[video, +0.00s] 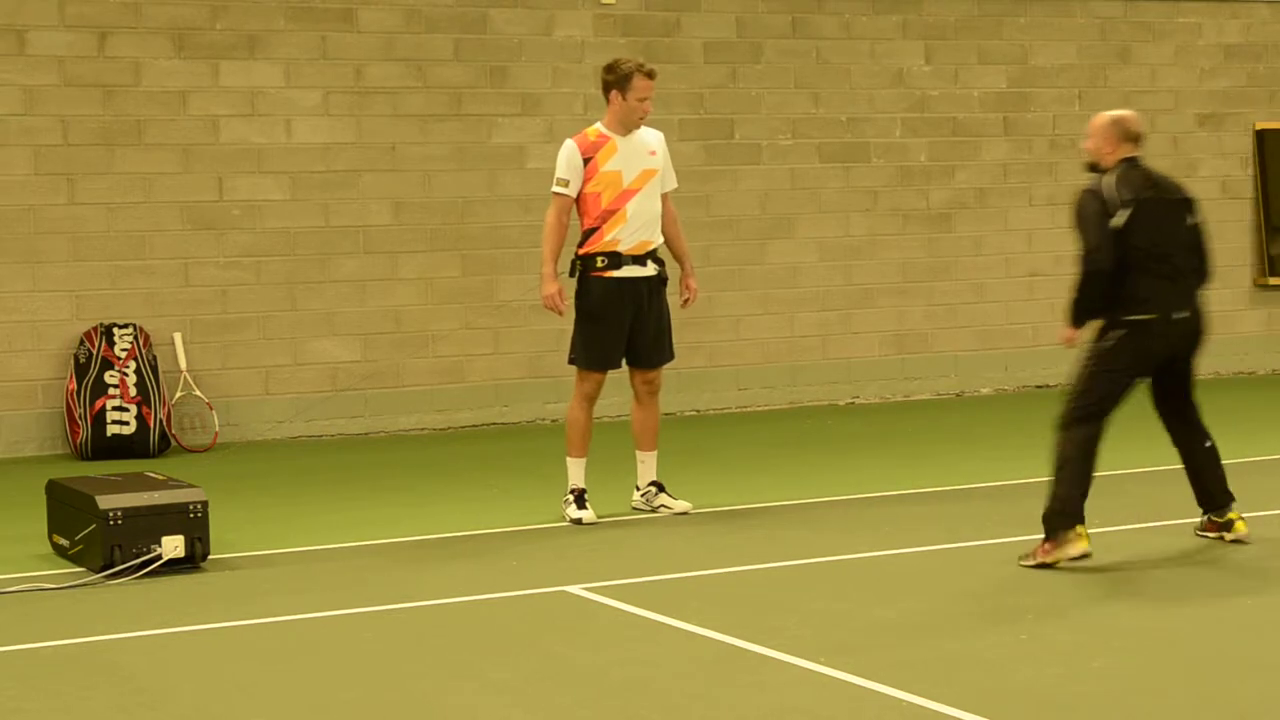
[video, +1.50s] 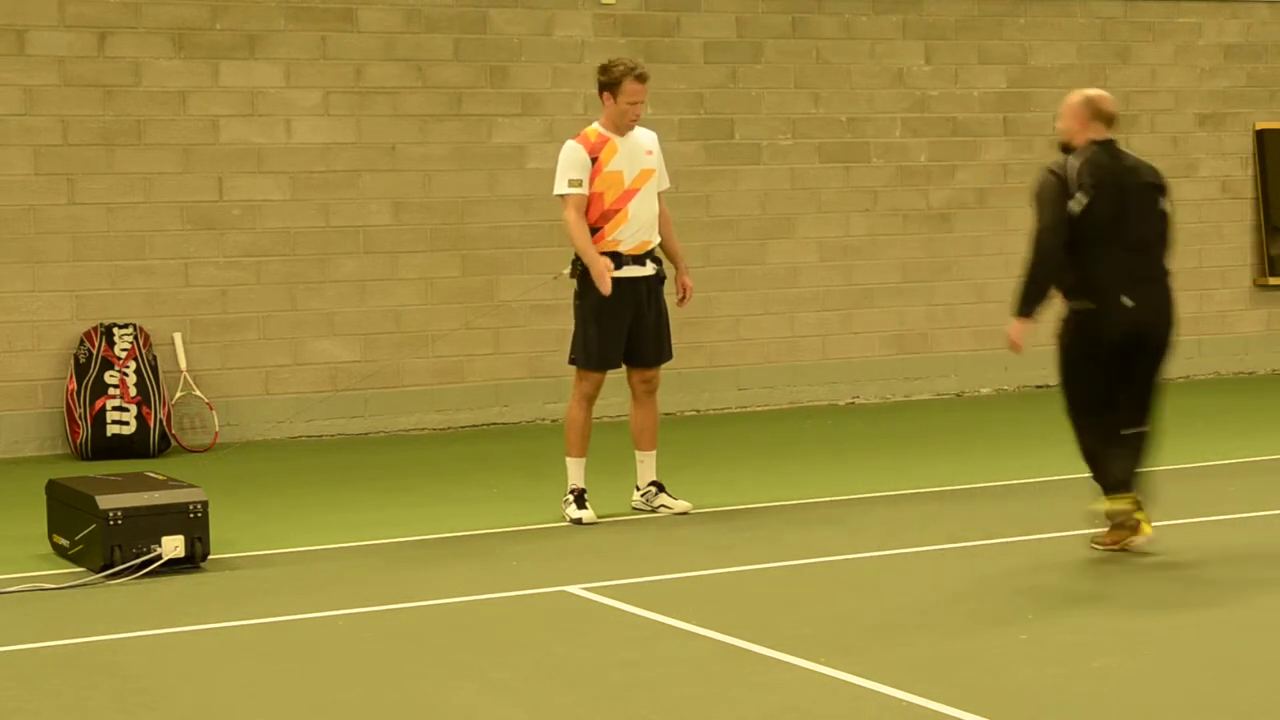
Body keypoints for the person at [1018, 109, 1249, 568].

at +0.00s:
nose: (1085, 147)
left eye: (1091, 139)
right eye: (1087, 138)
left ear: (1113, 144)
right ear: (1129, 145)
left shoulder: (1098, 194)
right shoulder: (1173, 191)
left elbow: (1101, 261)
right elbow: (1198, 264)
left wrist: (1077, 317)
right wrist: (1166, 293)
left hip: (1129, 329)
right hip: (1181, 324)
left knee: (1080, 419)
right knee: (1180, 412)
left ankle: (1063, 531)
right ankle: (1222, 513)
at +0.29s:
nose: (1001, 108)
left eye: (1004, 100)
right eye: (1003, 99)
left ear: (1020, 104)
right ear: (1047, 104)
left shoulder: (1005, 156)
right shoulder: (1089, 154)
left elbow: (1002, 220)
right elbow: (1119, 227)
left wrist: (980, 275)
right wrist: (1087, 262)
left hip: (1032, 297)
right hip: (1086, 293)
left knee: (1014, 404)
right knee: (1056, 399)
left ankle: (1040, 524)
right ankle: (1067, 507)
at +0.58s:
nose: (926, 158)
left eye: (929, 150)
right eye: (929, 149)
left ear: (941, 154)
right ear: (974, 156)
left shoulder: (927, 207)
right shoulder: (1016, 209)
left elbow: (920, 275)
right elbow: (1047, 288)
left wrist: (897, 332)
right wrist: (1024, 332)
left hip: (956, 338)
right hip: (1016, 341)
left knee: (898, 438)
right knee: (978, 433)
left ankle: (847, 544)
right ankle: (1010, 539)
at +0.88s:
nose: (883, 215)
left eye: (886, 207)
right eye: (885, 207)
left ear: (896, 209)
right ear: (934, 211)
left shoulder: (881, 256)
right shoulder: (978, 256)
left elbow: (855, 332)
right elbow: (1015, 331)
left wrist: (848, 383)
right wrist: (1031, 397)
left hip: (927, 380)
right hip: (993, 382)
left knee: (851, 462)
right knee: (946, 446)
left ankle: (844, 567)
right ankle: (1005, 540)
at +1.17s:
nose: (979, 166)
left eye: (983, 159)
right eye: (983, 157)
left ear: (994, 163)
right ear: (1026, 165)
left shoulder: (967, 209)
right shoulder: (1059, 220)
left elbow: (935, 273)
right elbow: (1083, 296)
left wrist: (907, 332)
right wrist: (1075, 360)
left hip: (984, 342)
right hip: (1044, 351)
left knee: (924, 426)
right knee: (1006, 433)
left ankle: (891, 527)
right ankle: (1012, 539)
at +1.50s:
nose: (1059, 126)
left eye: (1065, 118)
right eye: (1061, 117)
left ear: (1085, 122)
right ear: (1106, 122)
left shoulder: (1063, 176)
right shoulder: (1147, 175)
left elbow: (1050, 246)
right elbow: (1156, 245)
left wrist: (1024, 310)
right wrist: (1130, 286)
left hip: (1092, 318)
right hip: (1151, 315)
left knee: (1087, 408)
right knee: (1132, 408)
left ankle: (1125, 508)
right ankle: (1123, 511)